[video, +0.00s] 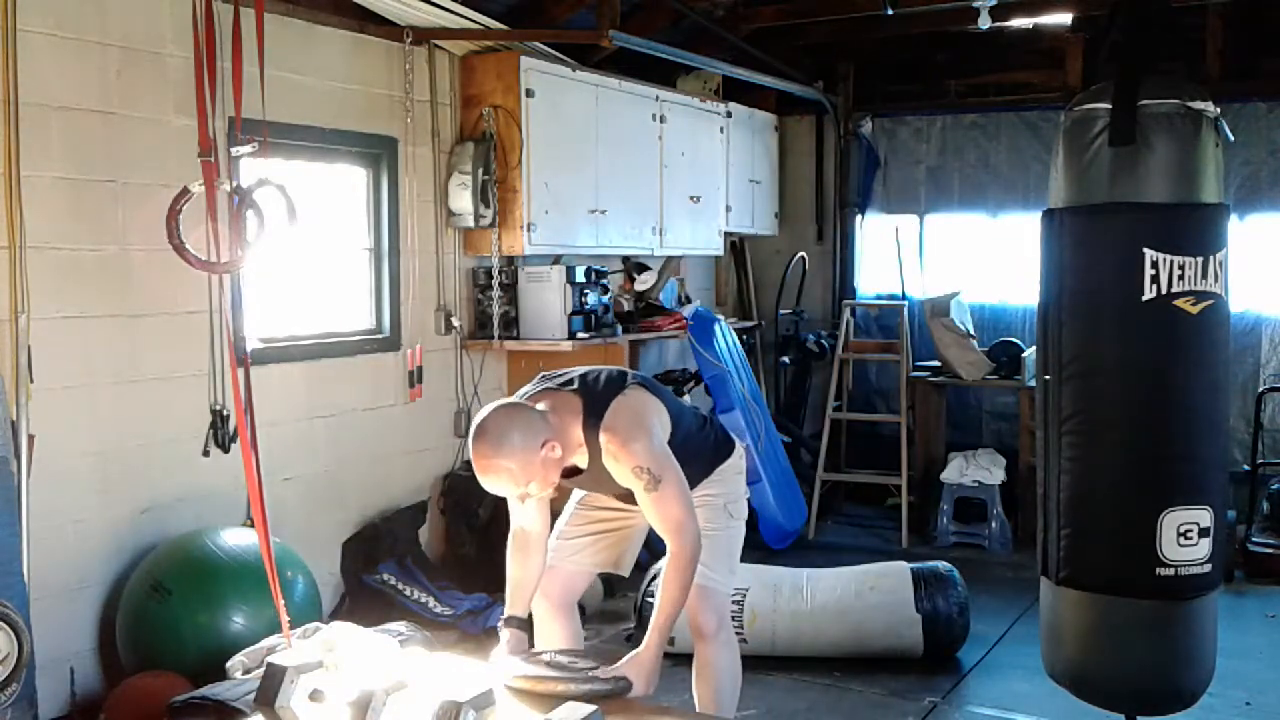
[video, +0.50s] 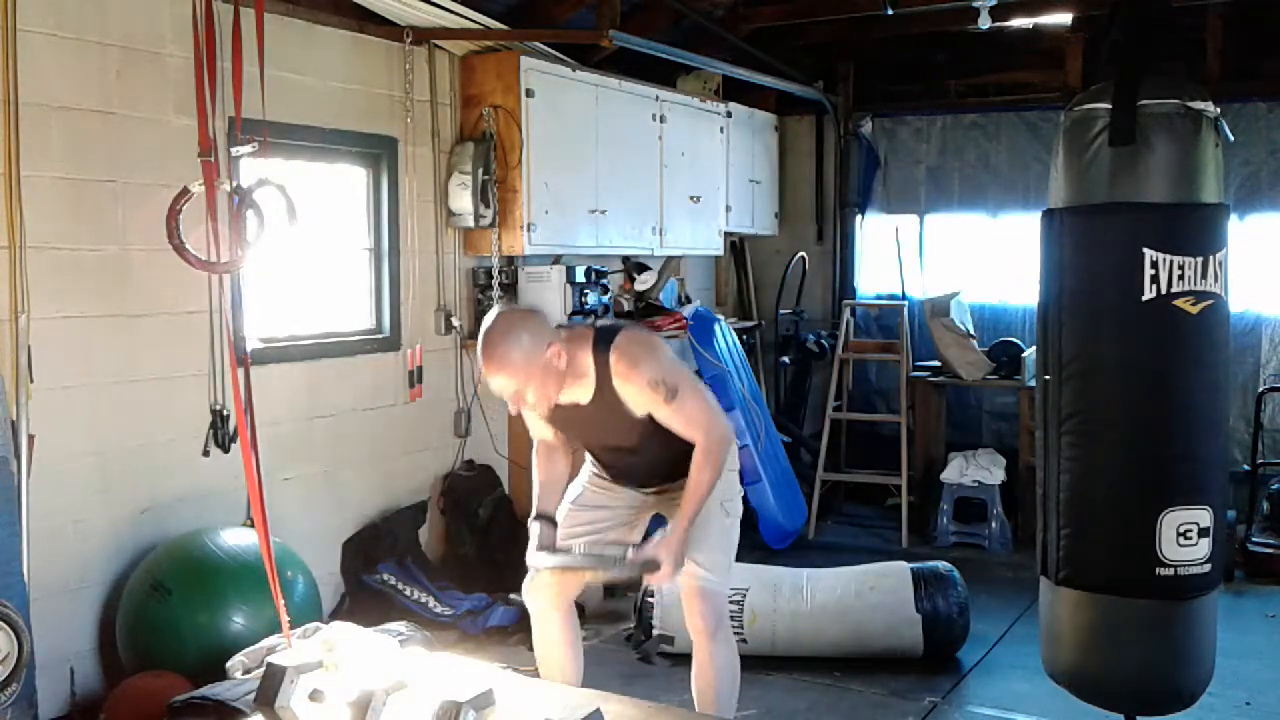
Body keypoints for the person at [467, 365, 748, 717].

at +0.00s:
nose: (523, 501)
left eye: (526, 489)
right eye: (513, 494)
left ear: (550, 451)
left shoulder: (629, 440)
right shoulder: (514, 422)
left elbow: (685, 546)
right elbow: (526, 530)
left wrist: (651, 651)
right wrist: (513, 625)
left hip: (703, 474)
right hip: (611, 479)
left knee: (706, 619)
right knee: (549, 596)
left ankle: (716, 718)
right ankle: (573, 711)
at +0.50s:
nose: (514, 407)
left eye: (518, 392)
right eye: (506, 397)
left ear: (556, 358)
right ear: (555, 358)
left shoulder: (634, 361)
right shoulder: (528, 384)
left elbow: (716, 437)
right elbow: (551, 444)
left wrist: (678, 532)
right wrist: (543, 516)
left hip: (694, 472)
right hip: (612, 477)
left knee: (702, 606)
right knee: (545, 591)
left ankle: (714, 716)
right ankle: (564, 716)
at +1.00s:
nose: (575, 324)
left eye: (582, 309)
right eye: (569, 311)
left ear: (618, 285)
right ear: (566, 296)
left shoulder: (692, 320)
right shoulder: (573, 335)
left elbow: (753, 413)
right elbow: (588, 412)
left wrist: (701, 493)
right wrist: (572, 475)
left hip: (722, 476)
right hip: (635, 476)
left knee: (743, 617)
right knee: (551, 593)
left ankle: (762, 717)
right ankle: (586, 713)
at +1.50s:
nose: (578, 472)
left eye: (584, 458)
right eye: (571, 461)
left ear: (626, 425)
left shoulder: (698, 430)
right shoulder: (591, 421)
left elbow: (763, 494)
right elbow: (595, 490)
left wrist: (724, 583)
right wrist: (589, 562)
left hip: (732, 520)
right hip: (648, 519)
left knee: (759, 626)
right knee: (552, 595)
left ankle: (766, 716)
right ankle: (588, 712)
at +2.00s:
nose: (524, 194)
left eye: (527, 177)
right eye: (514, 183)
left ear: (567, 144)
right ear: (506, 162)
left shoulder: (646, 172)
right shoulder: (528, 202)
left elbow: (711, 277)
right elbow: (543, 296)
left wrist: (651, 360)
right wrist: (514, 356)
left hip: (690, 330)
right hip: (605, 335)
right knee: (486, 410)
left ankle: (716, 593)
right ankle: (512, 568)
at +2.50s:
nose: (500, 199)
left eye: (504, 181)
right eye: (493, 185)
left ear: (547, 161)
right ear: (511, 173)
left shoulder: (631, 208)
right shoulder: (515, 230)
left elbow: (699, 313)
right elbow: (533, 320)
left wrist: (636, 397)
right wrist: (496, 384)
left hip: (673, 365)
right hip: (586, 368)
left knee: (656, 470)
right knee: (465, 456)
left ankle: (654, 660)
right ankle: (469, 627)